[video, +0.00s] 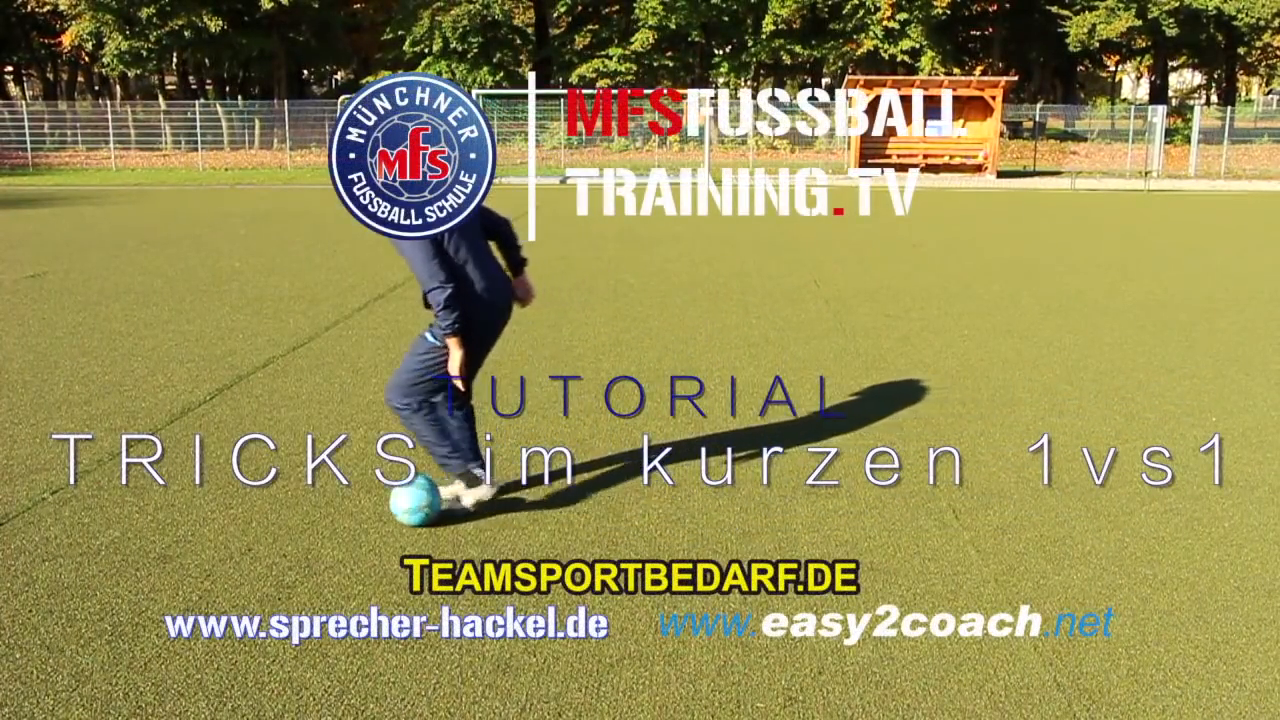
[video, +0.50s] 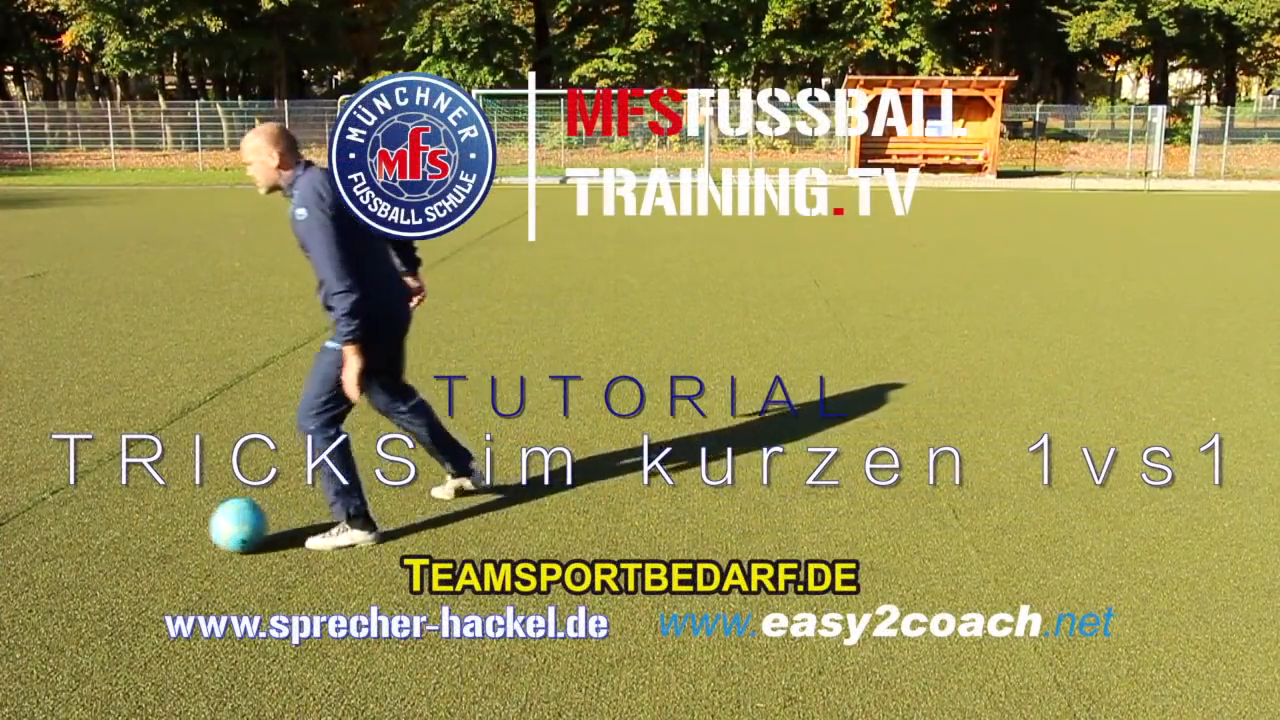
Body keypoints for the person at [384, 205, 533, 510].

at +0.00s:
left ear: (388, 194)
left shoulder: (406, 224)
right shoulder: (445, 199)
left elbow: (437, 282)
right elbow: (500, 225)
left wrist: (454, 345)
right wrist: (519, 274)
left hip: (470, 310)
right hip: (495, 299)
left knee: (403, 394)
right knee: (454, 390)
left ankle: (468, 475)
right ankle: (473, 476)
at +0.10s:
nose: (337, 196)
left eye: (340, 187)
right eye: (334, 188)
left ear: (370, 188)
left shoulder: (397, 227)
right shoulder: (435, 201)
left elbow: (429, 286)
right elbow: (479, 226)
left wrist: (447, 346)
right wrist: (497, 275)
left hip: (449, 317)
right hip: (482, 305)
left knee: (382, 392)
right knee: (434, 389)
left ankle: (428, 482)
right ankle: (472, 480)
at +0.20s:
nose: (323, 193)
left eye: (324, 183)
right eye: (321, 184)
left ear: (344, 179)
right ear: (357, 174)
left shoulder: (380, 216)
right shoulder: (414, 190)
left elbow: (419, 282)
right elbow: (466, 226)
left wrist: (438, 344)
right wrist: (482, 275)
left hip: (439, 316)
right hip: (472, 303)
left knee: (371, 390)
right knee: (429, 391)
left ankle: (409, 485)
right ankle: (473, 480)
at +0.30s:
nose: (305, 187)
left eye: (307, 177)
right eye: (303, 179)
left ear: (329, 174)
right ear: (341, 169)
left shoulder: (365, 212)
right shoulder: (394, 185)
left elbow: (406, 283)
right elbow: (446, 221)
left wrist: (423, 345)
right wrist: (462, 271)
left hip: (425, 314)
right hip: (454, 303)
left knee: (354, 392)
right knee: (422, 393)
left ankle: (390, 495)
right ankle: (471, 481)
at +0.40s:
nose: (280, 181)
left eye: (282, 172)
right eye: (278, 173)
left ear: (307, 167)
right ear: (313, 165)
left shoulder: (340, 206)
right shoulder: (363, 181)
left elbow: (380, 280)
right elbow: (421, 216)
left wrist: (397, 346)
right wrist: (437, 272)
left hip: (399, 315)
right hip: (429, 302)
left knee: (334, 397)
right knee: (414, 386)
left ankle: (365, 506)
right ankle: (470, 477)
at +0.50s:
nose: (250, 175)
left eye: (251, 165)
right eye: (248, 166)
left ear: (274, 159)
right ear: (284, 155)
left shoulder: (305, 199)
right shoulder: (334, 175)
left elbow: (338, 281)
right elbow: (388, 212)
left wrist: (350, 348)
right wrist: (410, 269)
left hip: (361, 319)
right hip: (392, 307)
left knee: (316, 416)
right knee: (386, 390)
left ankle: (354, 522)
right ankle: (464, 471)